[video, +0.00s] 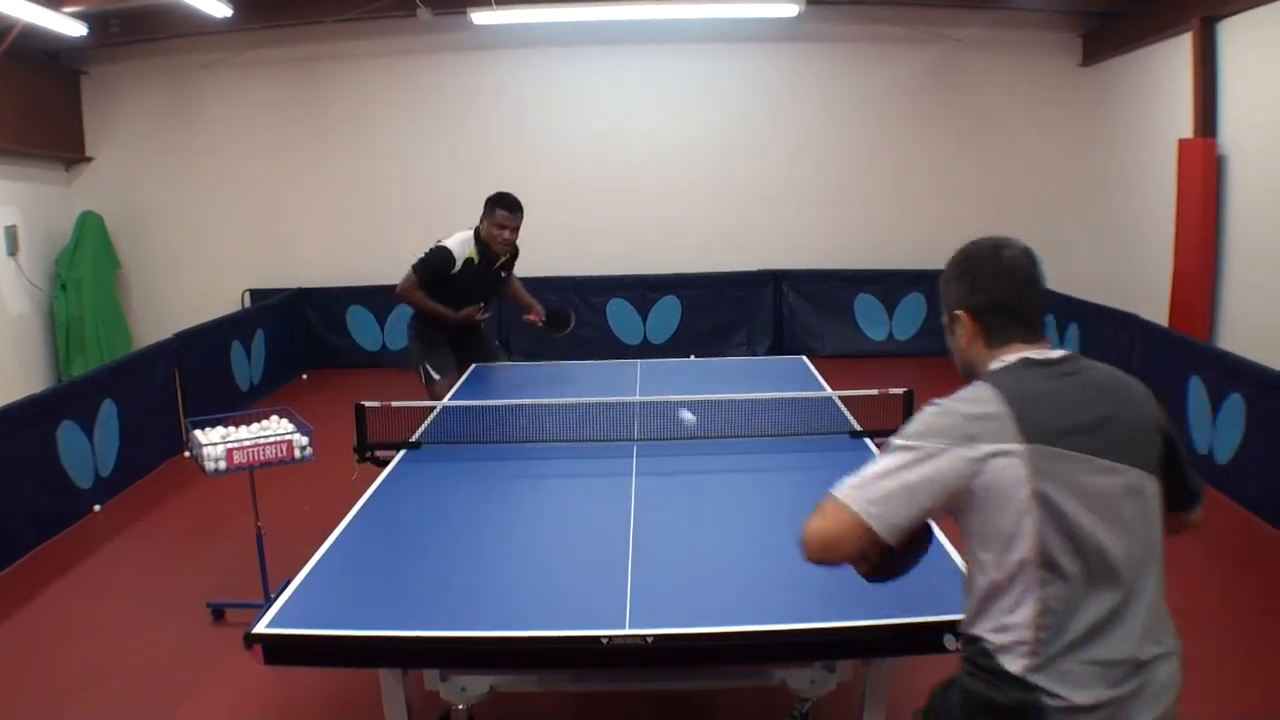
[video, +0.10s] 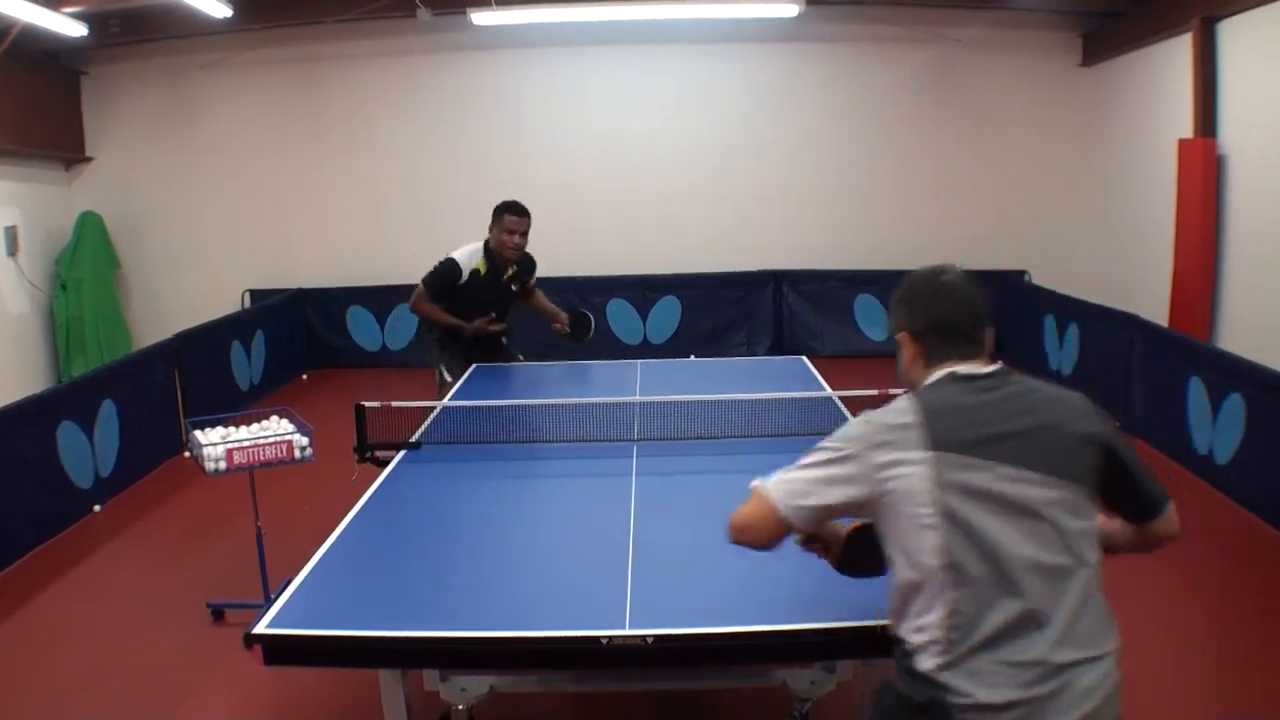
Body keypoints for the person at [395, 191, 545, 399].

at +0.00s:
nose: (507, 236)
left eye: (514, 230)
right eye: (499, 228)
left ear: (519, 229)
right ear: (483, 222)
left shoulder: (510, 253)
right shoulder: (451, 251)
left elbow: (504, 279)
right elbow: (406, 289)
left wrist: (531, 305)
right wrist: (454, 316)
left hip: (469, 329)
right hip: (431, 331)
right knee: (451, 401)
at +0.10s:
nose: (517, 241)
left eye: (523, 235)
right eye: (509, 233)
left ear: (528, 237)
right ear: (491, 232)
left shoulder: (525, 264)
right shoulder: (460, 263)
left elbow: (527, 291)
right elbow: (418, 303)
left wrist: (559, 316)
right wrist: (467, 328)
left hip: (494, 341)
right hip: (453, 344)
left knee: (527, 383)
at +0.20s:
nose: (534, 237)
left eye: (540, 230)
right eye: (527, 229)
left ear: (545, 231)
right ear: (510, 227)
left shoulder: (549, 263)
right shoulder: (478, 261)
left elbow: (557, 294)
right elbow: (438, 298)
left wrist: (583, 319)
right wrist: (480, 324)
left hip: (526, 349)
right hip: (483, 352)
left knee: (566, 382)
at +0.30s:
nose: (556, 225)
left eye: (562, 219)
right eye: (549, 217)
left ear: (567, 221)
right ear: (532, 214)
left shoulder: (565, 252)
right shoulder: (497, 250)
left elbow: (573, 289)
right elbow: (462, 289)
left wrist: (601, 320)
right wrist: (507, 310)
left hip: (543, 337)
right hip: (500, 340)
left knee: (583, 380)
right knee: (502, 403)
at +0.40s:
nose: (578, 227)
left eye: (584, 222)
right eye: (572, 219)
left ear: (588, 225)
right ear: (555, 216)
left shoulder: (577, 258)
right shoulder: (521, 249)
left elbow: (580, 299)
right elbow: (493, 292)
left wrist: (617, 329)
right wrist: (542, 305)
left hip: (551, 339)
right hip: (509, 342)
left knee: (593, 373)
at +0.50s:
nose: (602, 246)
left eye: (607, 241)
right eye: (596, 238)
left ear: (611, 243)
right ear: (579, 235)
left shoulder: (589, 276)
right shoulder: (553, 263)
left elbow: (589, 323)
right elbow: (533, 307)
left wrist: (623, 351)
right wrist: (579, 318)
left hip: (558, 353)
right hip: (526, 354)